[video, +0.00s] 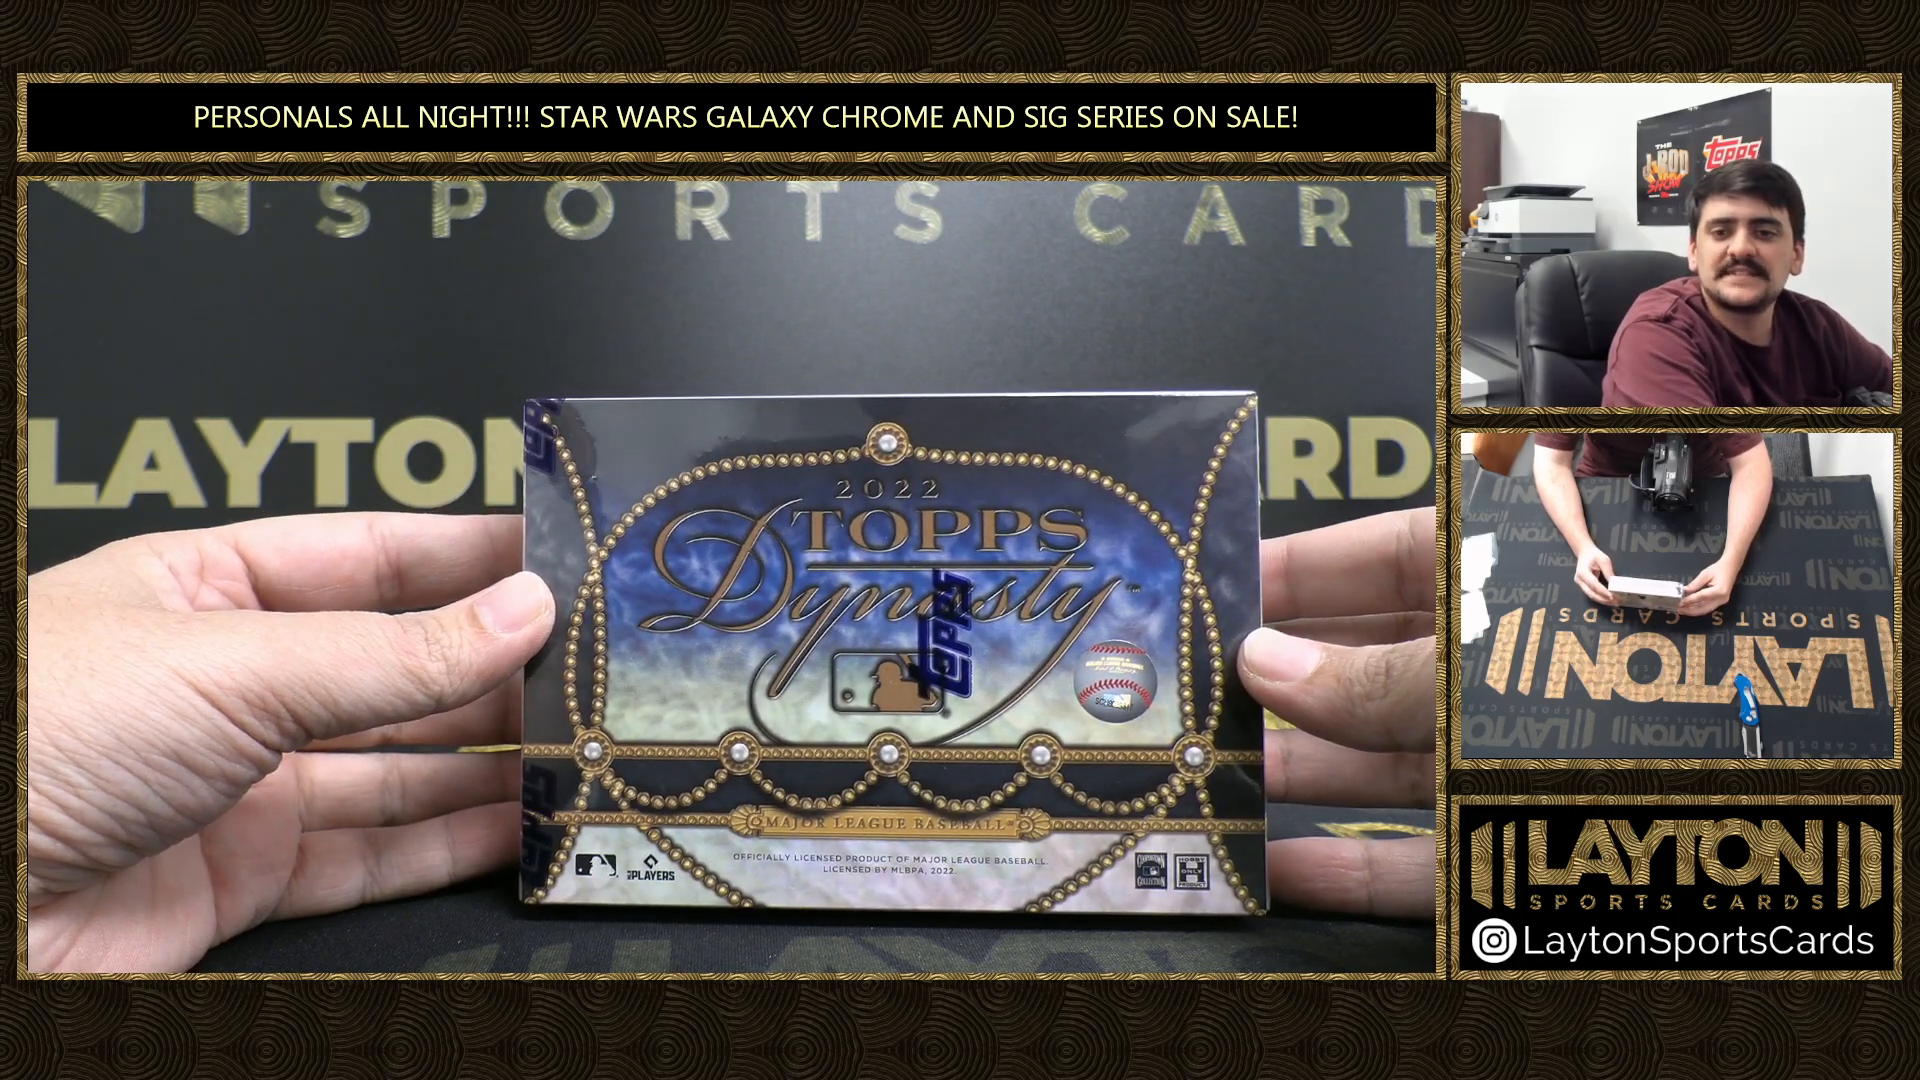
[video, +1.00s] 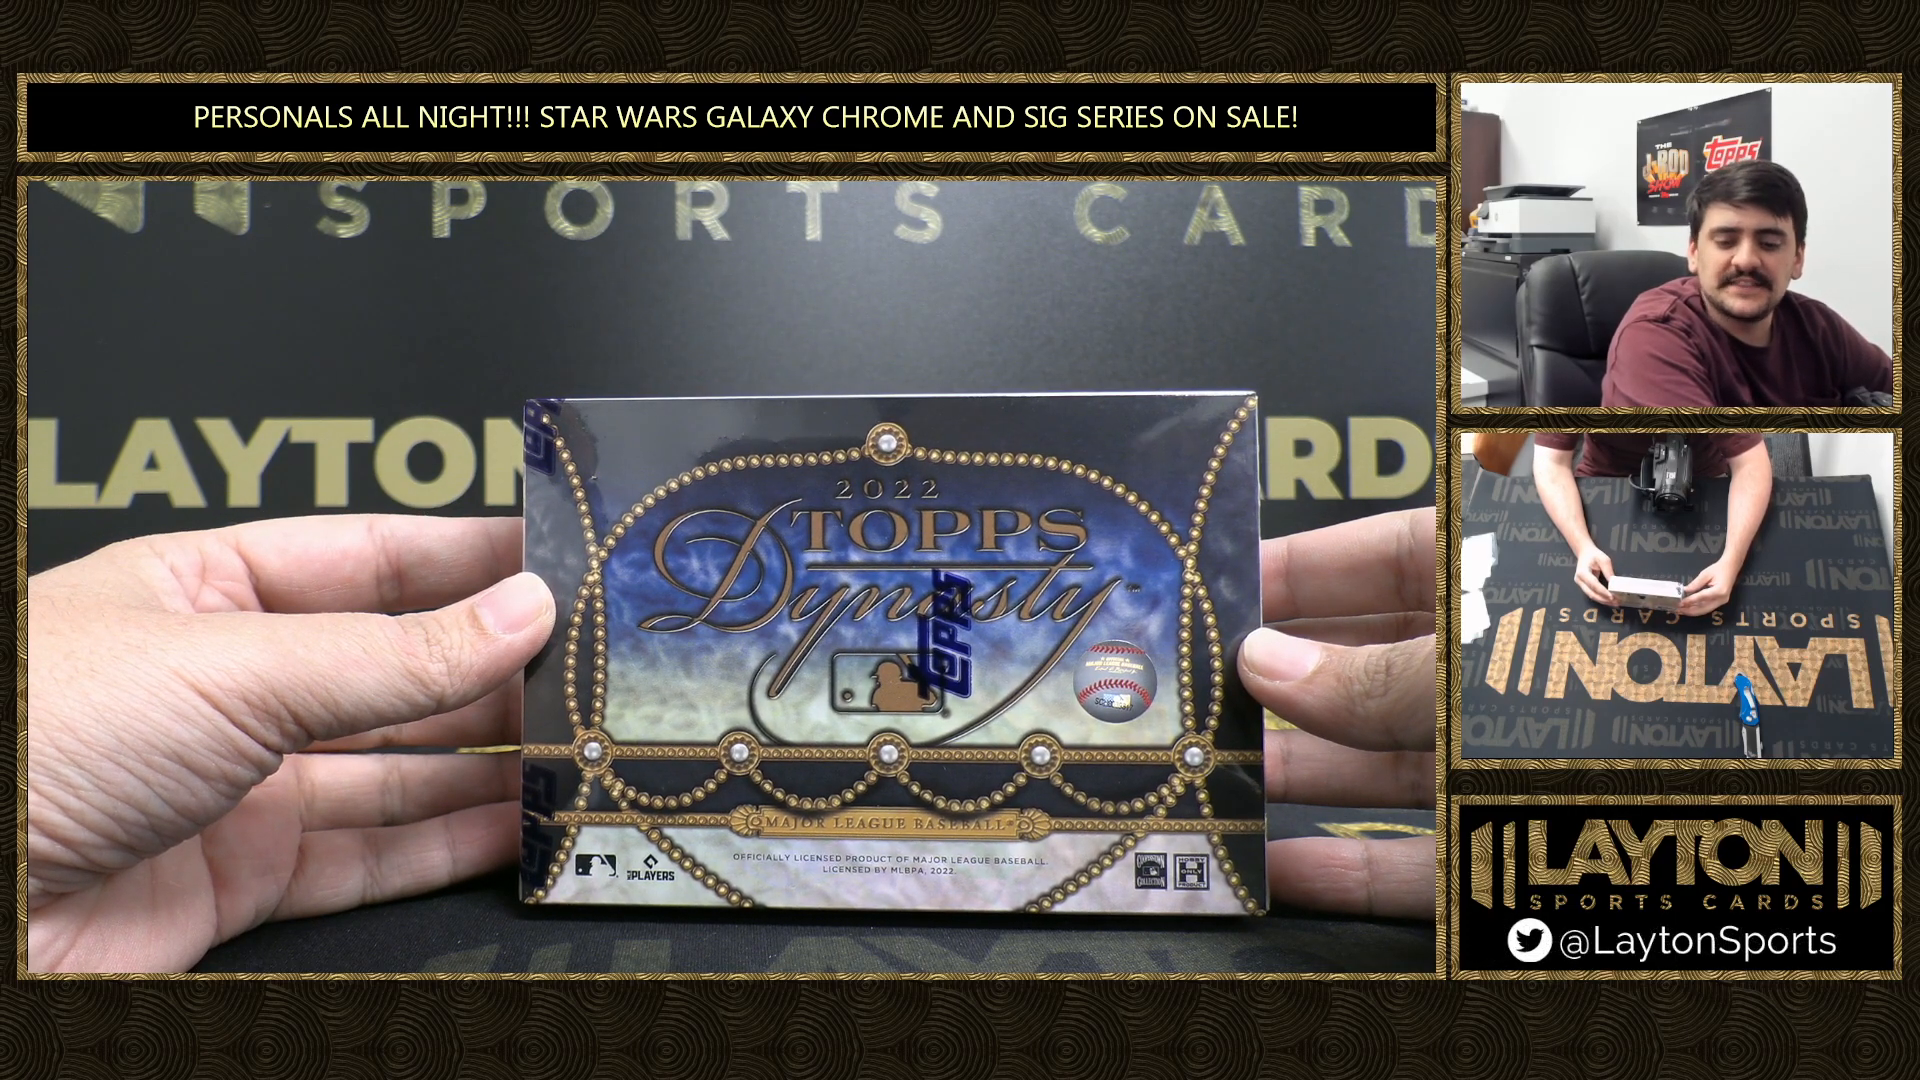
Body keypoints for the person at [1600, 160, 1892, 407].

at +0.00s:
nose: (1741, 248)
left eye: (1764, 233)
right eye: (1721, 231)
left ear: (1796, 255)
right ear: (1693, 252)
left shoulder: (1818, 328)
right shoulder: (1657, 332)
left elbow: (1896, 388)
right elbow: (1747, 462)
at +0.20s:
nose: (1740, 252)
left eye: (1763, 235)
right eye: (1720, 234)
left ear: (1796, 256)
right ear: (1691, 252)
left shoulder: (1818, 328)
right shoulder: (1656, 333)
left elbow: (1896, 388)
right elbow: (1747, 462)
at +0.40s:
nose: (1737, 255)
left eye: (1761, 236)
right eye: (1717, 236)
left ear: (1795, 255)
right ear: (1691, 253)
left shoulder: (1818, 328)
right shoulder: (1656, 333)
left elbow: (1896, 388)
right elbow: (1746, 462)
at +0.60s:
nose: (1738, 259)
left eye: (1761, 240)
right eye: (1718, 240)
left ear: (1795, 256)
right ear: (1691, 254)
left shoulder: (1817, 328)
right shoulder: (1655, 333)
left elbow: (1896, 389)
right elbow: (1746, 461)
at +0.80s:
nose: (1739, 261)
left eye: (1762, 242)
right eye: (1719, 241)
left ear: (1796, 256)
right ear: (1691, 254)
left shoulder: (1818, 329)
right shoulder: (1655, 333)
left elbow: (1896, 388)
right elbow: (1746, 461)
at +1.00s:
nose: (1746, 260)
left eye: (1769, 243)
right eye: (1726, 241)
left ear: (1798, 258)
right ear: (1693, 252)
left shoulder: (1818, 329)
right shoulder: (1655, 333)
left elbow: (1897, 388)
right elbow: (1746, 462)